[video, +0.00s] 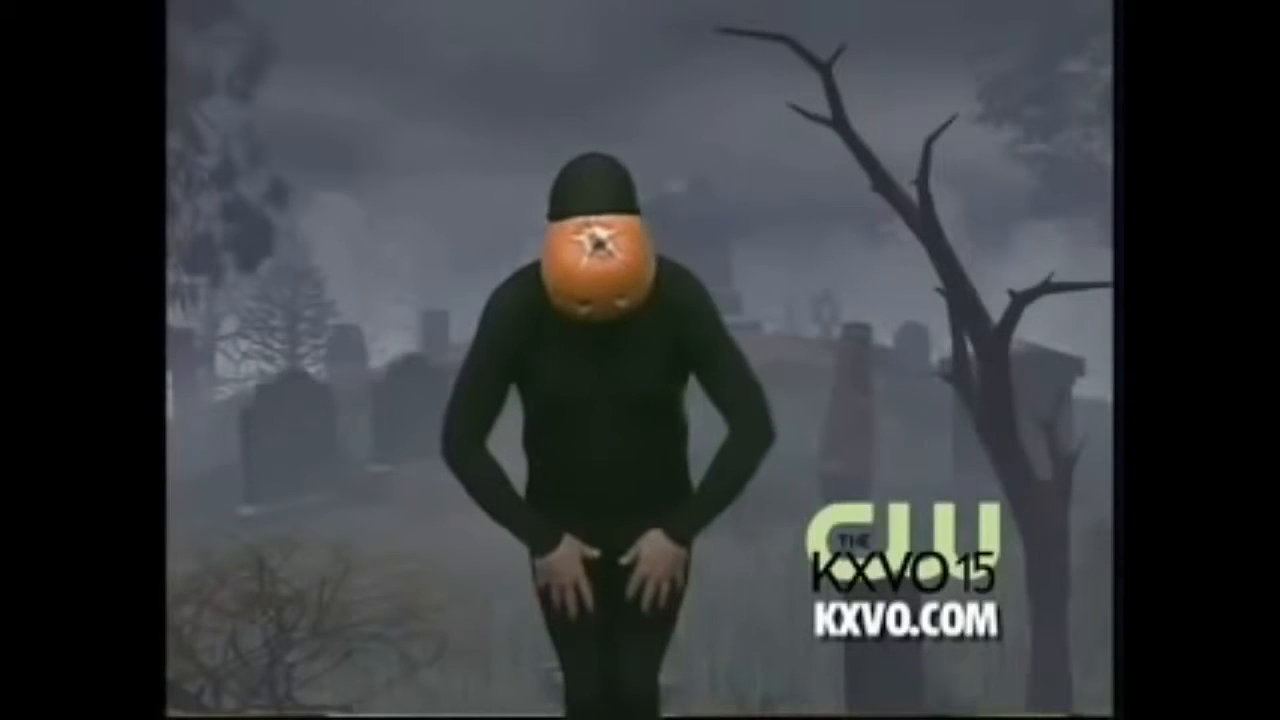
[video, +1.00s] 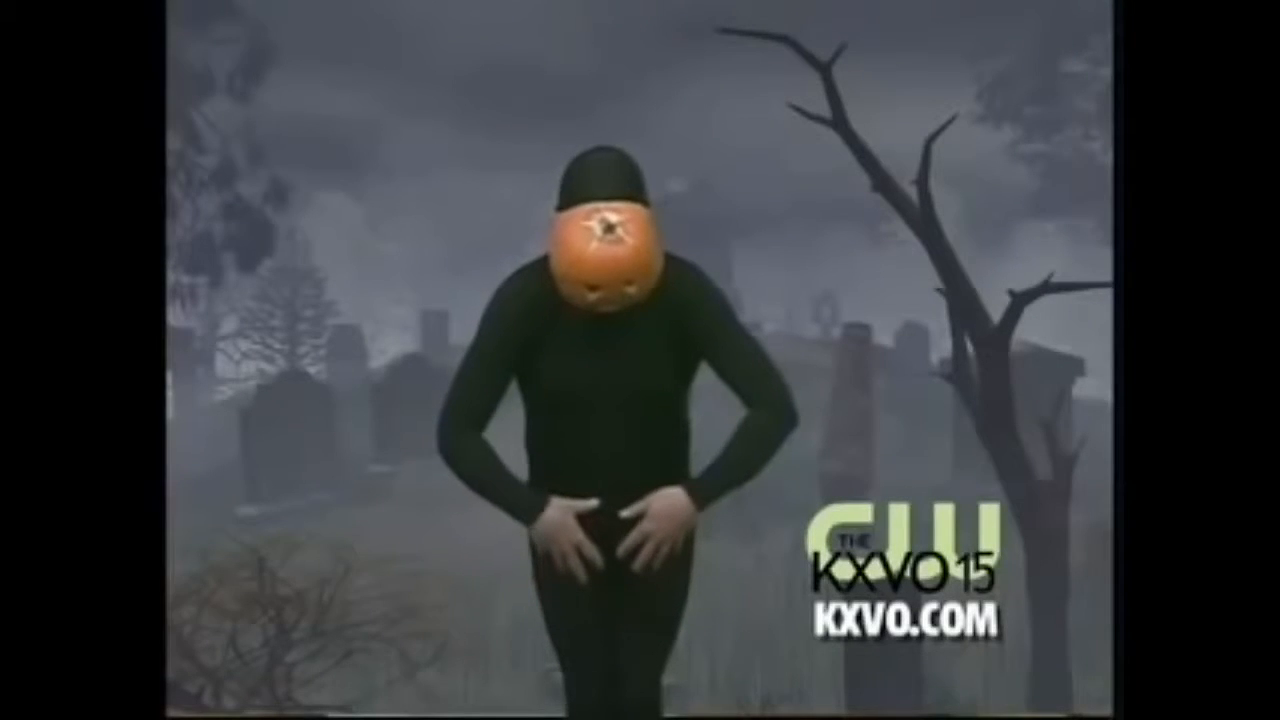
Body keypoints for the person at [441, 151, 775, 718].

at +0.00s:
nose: (597, 246)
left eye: (613, 229)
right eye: (580, 230)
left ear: (638, 230)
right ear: (553, 232)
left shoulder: (677, 298)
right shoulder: (519, 306)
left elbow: (753, 427)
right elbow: (461, 442)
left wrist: (678, 533)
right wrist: (544, 540)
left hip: (656, 520)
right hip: (560, 523)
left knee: (635, 690)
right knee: (586, 693)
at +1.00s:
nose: (604, 242)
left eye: (622, 223)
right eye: (587, 223)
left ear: (648, 226)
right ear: (560, 228)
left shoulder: (682, 292)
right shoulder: (526, 298)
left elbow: (775, 409)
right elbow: (456, 434)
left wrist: (693, 497)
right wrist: (536, 511)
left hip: (659, 534)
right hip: (564, 537)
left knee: (637, 696)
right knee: (589, 696)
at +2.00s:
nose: (610, 209)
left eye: (628, 196)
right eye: (594, 195)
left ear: (657, 210)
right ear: (566, 210)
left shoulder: (688, 298)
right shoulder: (530, 302)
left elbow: (780, 412)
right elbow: (460, 433)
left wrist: (724, 439)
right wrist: (504, 448)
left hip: (659, 528)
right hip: (564, 532)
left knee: (638, 694)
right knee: (589, 693)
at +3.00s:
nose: (614, 213)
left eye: (630, 187)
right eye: (591, 187)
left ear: (656, 206)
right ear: (562, 207)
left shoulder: (689, 302)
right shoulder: (521, 303)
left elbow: (791, 405)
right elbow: (413, 406)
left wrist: (783, 356)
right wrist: (442, 356)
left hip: (656, 533)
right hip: (560, 535)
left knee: (642, 700)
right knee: (582, 700)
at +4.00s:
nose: (616, 206)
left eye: (633, 193)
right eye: (596, 193)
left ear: (657, 209)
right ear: (559, 210)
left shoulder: (696, 299)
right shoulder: (505, 303)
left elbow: (821, 333)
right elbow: (379, 347)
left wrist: (840, 261)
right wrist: (371, 274)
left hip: (659, 545)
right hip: (556, 549)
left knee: (680, 704)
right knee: (572, 706)